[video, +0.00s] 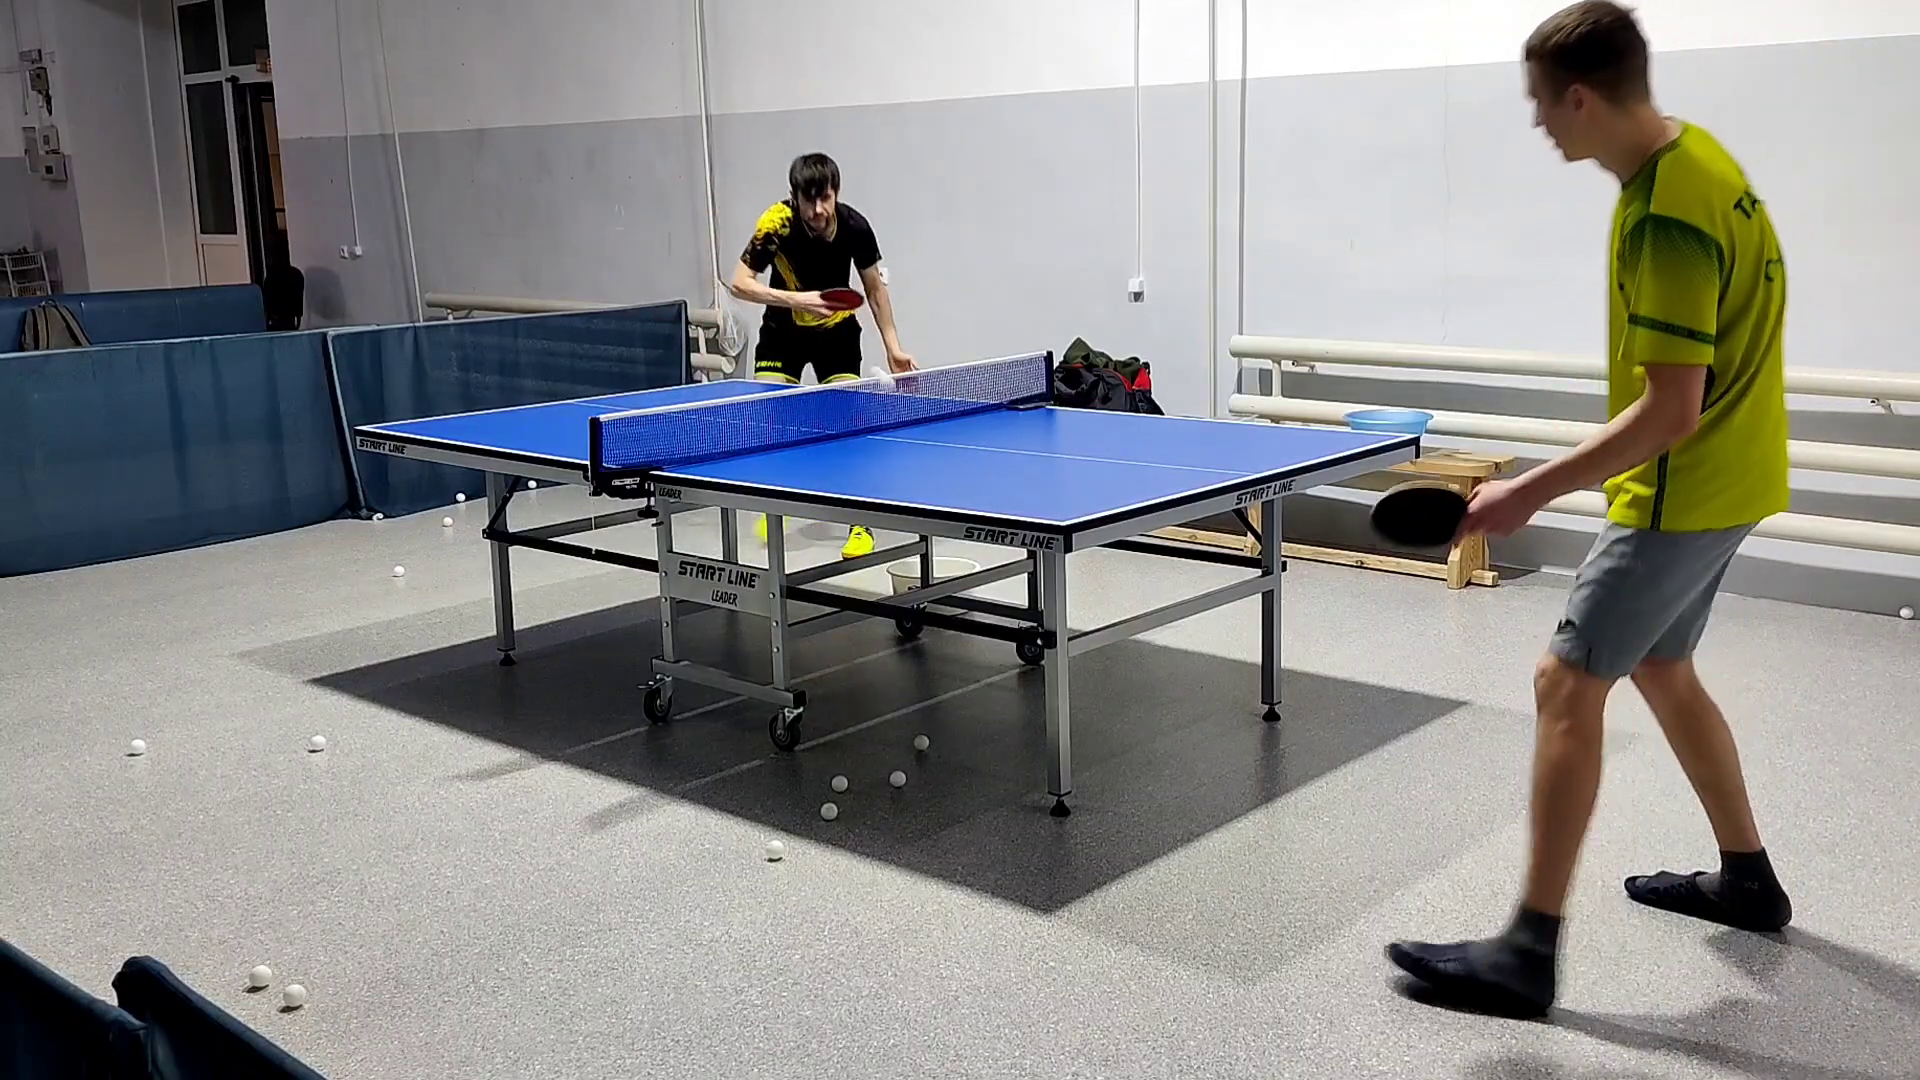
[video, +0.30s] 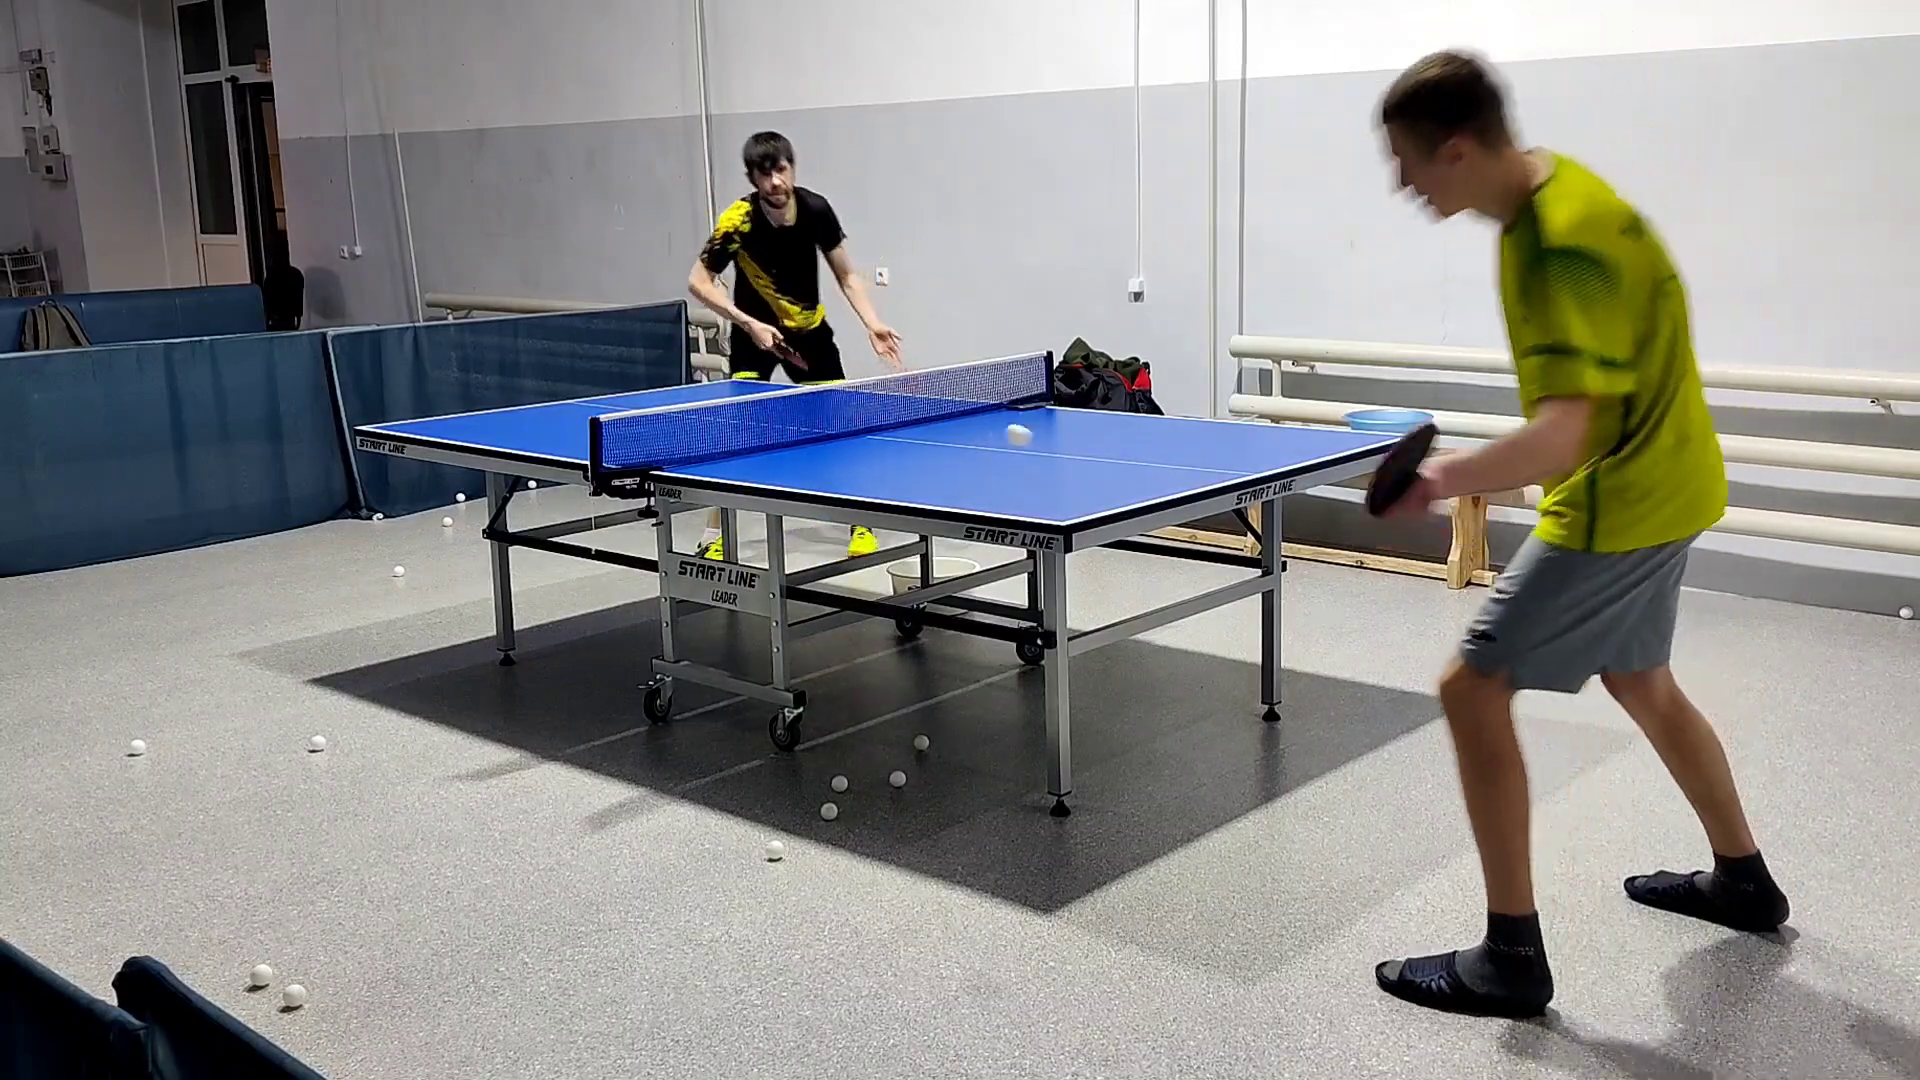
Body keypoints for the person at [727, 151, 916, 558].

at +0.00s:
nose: (819, 208)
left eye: (826, 198)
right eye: (811, 199)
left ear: (836, 194)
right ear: (796, 196)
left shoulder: (854, 228)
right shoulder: (777, 222)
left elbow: (875, 289)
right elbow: (740, 283)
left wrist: (893, 350)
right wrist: (794, 300)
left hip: (837, 331)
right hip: (783, 330)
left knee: (847, 421)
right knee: (767, 419)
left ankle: (859, 522)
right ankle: (772, 511)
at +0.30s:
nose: (773, 183)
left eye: (779, 171)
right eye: (763, 175)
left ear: (792, 169)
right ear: (752, 178)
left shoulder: (816, 210)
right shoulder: (739, 220)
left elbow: (846, 275)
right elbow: (699, 283)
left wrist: (874, 324)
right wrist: (750, 324)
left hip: (810, 331)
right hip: (754, 334)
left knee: (841, 421)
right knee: (735, 428)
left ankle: (860, 523)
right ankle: (716, 532)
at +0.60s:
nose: (737, 166)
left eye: (743, 154)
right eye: (726, 159)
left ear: (756, 152)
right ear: (715, 165)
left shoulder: (788, 196)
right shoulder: (709, 216)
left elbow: (829, 254)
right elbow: (684, 285)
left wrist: (848, 298)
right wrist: (729, 293)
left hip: (793, 330)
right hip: (742, 336)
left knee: (842, 411)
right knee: (736, 429)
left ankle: (867, 508)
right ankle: (713, 536)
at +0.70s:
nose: (735, 174)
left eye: (741, 163)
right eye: (725, 168)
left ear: (754, 161)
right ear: (714, 175)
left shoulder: (789, 203)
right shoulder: (711, 224)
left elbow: (839, 263)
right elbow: (689, 295)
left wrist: (834, 290)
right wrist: (718, 294)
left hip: (794, 335)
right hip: (746, 340)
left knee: (850, 409)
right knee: (742, 426)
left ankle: (866, 508)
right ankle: (715, 533)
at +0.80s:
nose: (731, 183)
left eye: (736, 171)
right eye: (720, 177)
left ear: (749, 167)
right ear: (711, 183)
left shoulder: (789, 204)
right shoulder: (714, 231)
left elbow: (831, 266)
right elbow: (702, 305)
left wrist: (793, 280)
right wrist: (710, 306)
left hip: (810, 333)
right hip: (759, 340)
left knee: (865, 411)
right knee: (739, 429)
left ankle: (887, 508)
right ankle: (718, 533)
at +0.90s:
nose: (719, 195)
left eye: (725, 182)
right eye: (710, 188)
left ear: (740, 177)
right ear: (702, 194)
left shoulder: (782, 206)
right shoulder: (715, 244)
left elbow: (810, 269)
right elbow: (715, 308)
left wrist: (743, 275)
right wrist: (707, 354)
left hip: (827, 322)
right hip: (776, 330)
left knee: (880, 396)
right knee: (763, 411)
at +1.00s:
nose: (714, 222)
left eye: (719, 210)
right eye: (705, 215)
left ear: (735, 204)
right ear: (697, 219)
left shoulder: (773, 229)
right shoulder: (724, 263)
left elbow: (784, 282)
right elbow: (728, 333)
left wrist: (712, 287)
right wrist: (724, 392)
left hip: (845, 334)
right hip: (796, 342)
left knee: (891, 413)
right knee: (762, 418)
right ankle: (761, 531)